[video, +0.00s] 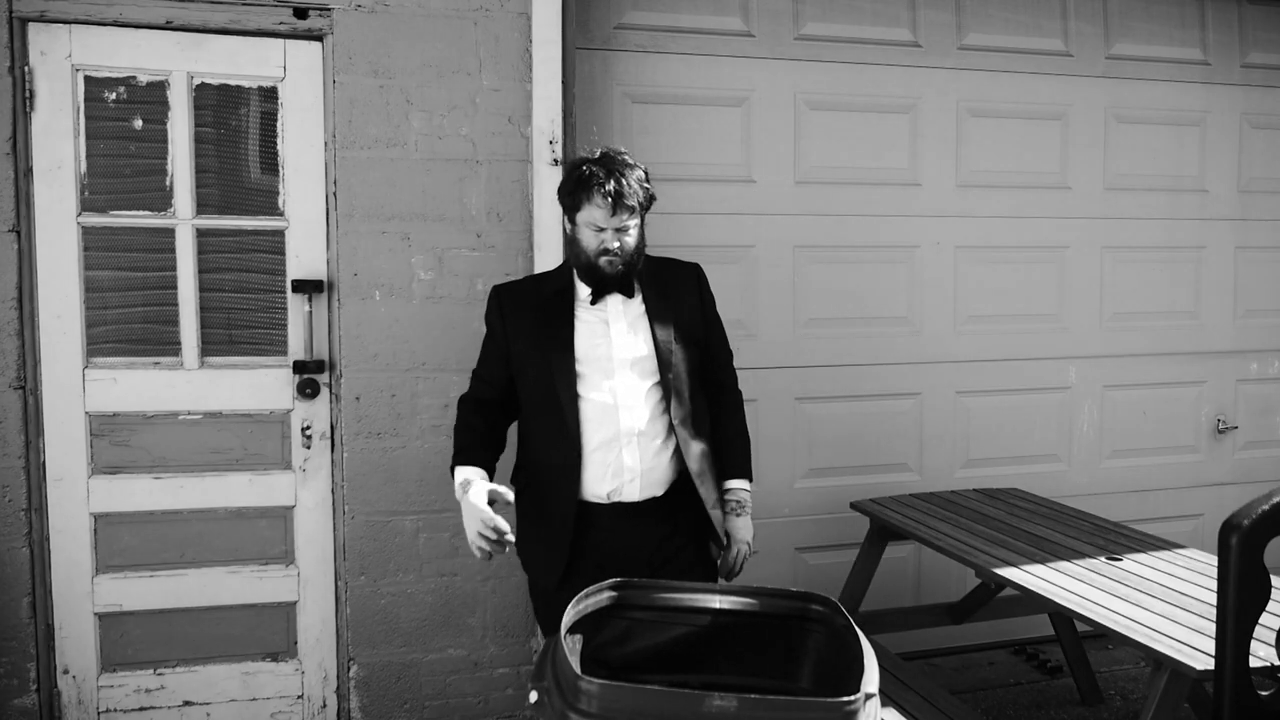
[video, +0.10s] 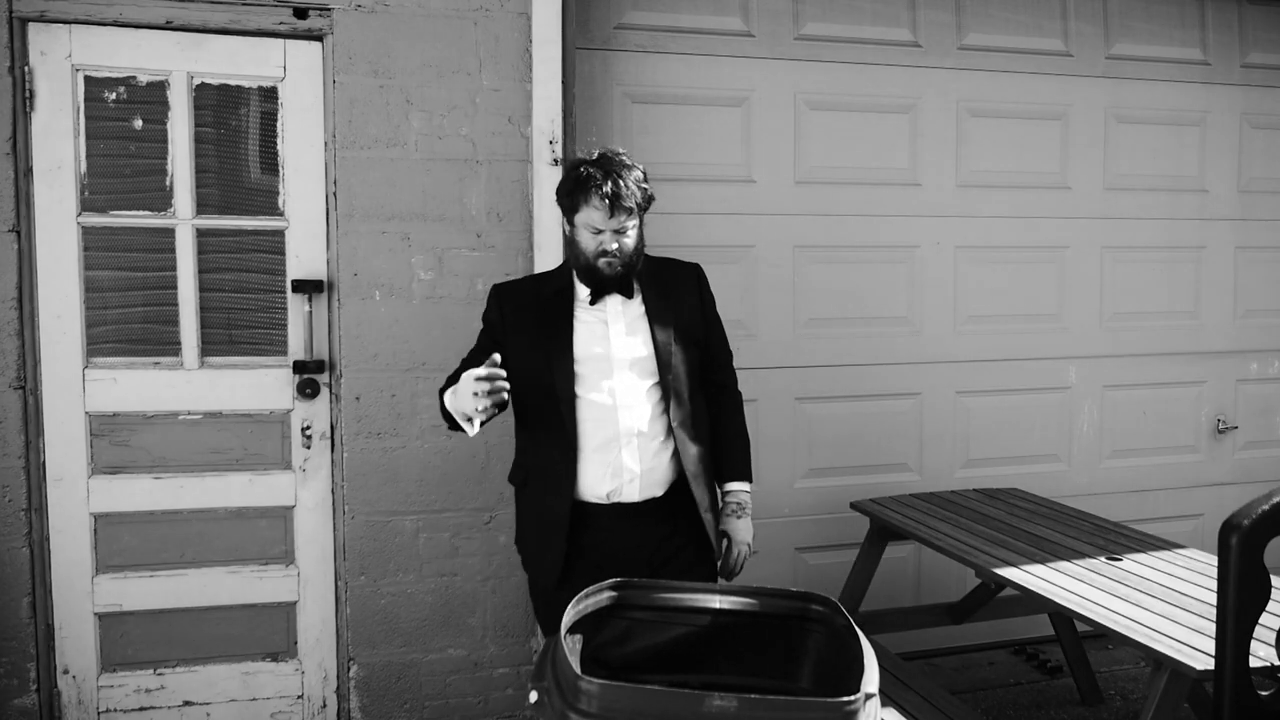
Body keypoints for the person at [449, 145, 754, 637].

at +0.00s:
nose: (613, 243)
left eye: (625, 228)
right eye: (597, 229)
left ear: (642, 223)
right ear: (568, 223)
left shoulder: (683, 287)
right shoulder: (518, 306)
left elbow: (721, 394)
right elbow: (485, 404)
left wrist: (738, 500)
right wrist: (470, 483)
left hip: (675, 529)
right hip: (570, 536)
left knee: (680, 696)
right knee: (585, 703)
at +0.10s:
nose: (611, 245)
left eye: (624, 229)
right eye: (595, 231)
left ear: (642, 221)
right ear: (568, 225)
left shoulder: (683, 287)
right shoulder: (518, 305)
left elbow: (722, 395)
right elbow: (466, 387)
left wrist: (737, 502)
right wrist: (459, 401)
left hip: (674, 527)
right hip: (570, 535)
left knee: (683, 693)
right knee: (585, 696)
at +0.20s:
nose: (609, 247)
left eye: (621, 231)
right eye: (592, 234)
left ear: (639, 223)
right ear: (565, 229)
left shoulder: (682, 287)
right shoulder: (523, 298)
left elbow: (720, 393)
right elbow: (452, 370)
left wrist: (737, 501)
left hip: (672, 525)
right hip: (569, 533)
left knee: (678, 690)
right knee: (581, 691)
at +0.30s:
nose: (605, 250)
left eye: (618, 233)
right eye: (587, 238)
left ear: (636, 222)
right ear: (561, 233)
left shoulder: (679, 286)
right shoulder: (524, 291)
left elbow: (719, 393)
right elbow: (448, 323)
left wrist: (738, 499)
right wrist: (500, 226)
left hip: (671, 527)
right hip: (568, 533)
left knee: (677, 693)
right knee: (580, 693)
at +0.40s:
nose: (604, 252)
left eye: (616, 235)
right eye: (586, 239)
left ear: (634, 223)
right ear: (559, 236)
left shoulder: (679, 286)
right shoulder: (528, 289)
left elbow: (719, 392)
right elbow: (453, 285)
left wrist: (737, 500)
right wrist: (521, 198)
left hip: (670, 525)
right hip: (567, 528)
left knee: (679, 690)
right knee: (580, 690)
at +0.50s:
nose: (602, 252)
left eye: (615, 236)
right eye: (585, 239)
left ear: (634, 224)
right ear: (558, 235)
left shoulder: (678, 285)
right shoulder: (530, 287)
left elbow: (718, 391)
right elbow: (455, 264)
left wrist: (735, 499)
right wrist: (533, 191)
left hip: (672, 523)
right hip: (568, 526)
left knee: (677, 688)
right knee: (578, 687)